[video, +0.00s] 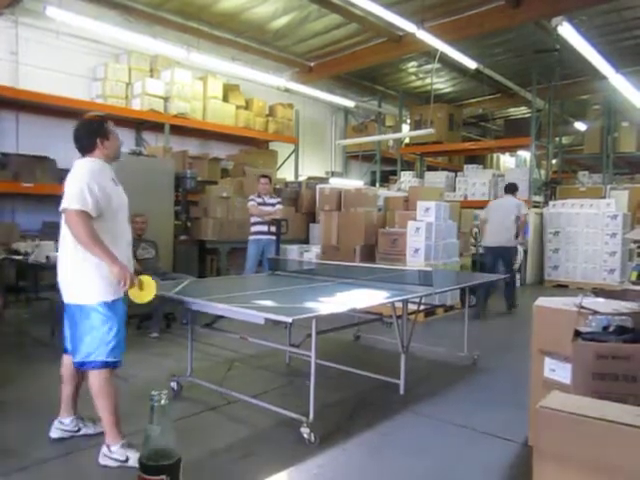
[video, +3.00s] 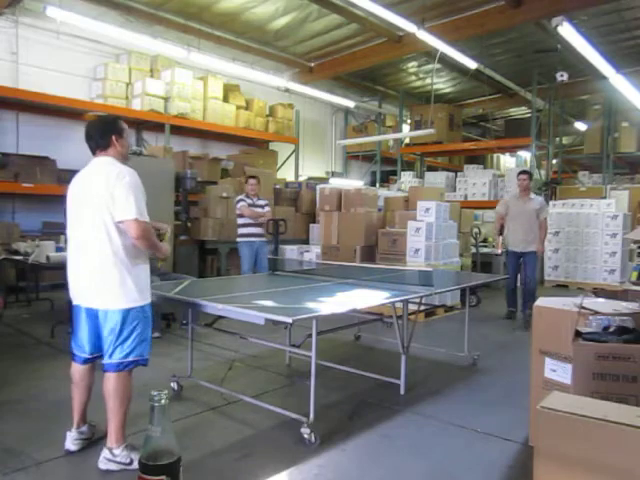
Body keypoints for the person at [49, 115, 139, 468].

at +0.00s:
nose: (119, 141)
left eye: (116, 136)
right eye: (114, 136)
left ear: (94, 143)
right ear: (101, 141)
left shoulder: (101, 172)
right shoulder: (87, 170)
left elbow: (96, 222)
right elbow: (75, 218)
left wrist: (127, 226)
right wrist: (114, 262)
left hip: (91, 286)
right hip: (93, 288)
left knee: (75, 354)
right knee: (101, 364)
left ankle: (66, 418)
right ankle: (114, 444)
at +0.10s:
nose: (125, 141)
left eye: (123, 136)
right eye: (121, 136)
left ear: (100, 143)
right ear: (107, 141)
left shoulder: (104, 175)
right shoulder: (93, 176)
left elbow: (102, 227)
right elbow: (87, 229)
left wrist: (131, 224)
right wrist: (125, 277)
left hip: (98, 289)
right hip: (101, 291)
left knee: (84, 355)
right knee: (105, 365)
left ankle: (67, 418)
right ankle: (114, 445)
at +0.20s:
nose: (134, 140)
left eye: (131, 135)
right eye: (129, 135)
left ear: (107, 142)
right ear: (114, 141)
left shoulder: (106, 175)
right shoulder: (101, 178)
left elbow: (111, 233)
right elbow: (101, 236)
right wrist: (137, 283)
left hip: (110, 291)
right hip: (108, 294)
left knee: (102, 357)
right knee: (109, 367)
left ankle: (72, 412)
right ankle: (113, 446)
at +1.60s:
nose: (159, 143)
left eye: (157, 136)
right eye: (156, 136)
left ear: (121, 141)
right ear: (144, 139)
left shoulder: (102, 174)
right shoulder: (142, 178)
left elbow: (86, 224)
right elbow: (154, 241)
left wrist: (126, 236)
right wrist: (180, 253)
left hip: (109, 289)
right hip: (137, 294)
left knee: (115, 354)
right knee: (126, 368)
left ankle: (88, 418)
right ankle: (116, 446)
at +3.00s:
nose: (128, 144)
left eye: (126, 137)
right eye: (125, 137)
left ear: (95, 144)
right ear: (115, 140)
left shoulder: (79, 179)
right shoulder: (123, 176)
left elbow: (93, 226)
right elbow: (137, 231)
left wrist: (146, 225)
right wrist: (159, 249)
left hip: (84, 290)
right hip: (120, 293)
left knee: (82, 358)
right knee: (119, 367)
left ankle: (77, 429)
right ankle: (115, 448)